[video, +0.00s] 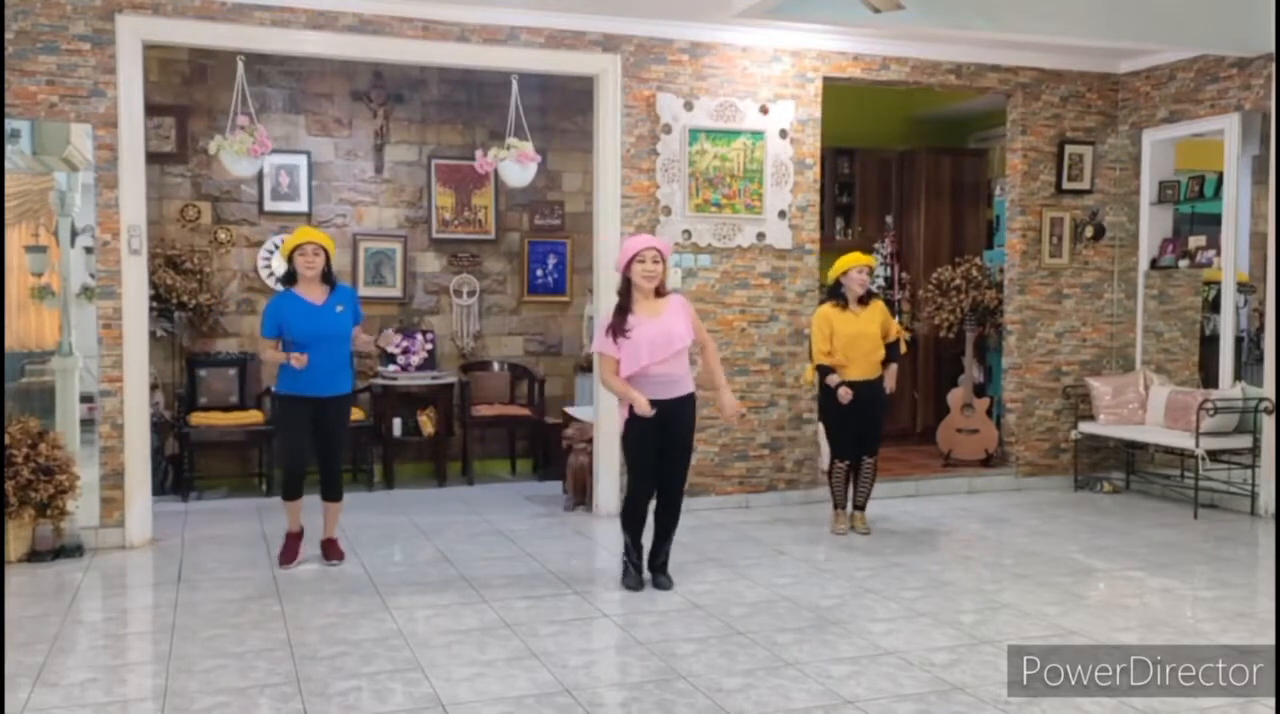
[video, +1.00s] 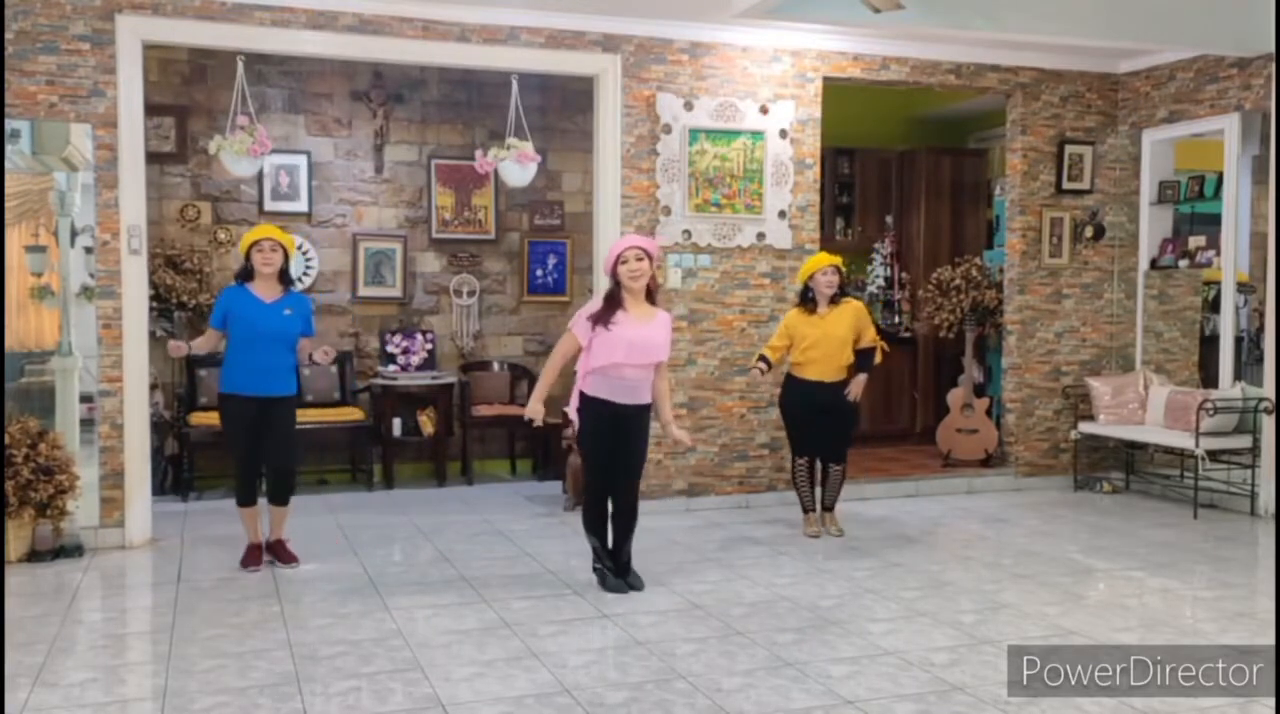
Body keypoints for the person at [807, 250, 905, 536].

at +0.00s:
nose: (865, 279)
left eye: (868, 273)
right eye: (859, 273)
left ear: (870, 278)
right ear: (842, 278)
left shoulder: (877, 308)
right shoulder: (825, 313)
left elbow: (894, 337)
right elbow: (820, 356)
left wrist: (891, 368)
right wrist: (836, 383)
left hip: (871, 387)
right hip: (837, 388)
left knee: (868, 452)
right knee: (841, 453)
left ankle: (859, 512)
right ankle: (839, 511)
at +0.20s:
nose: (864, 277)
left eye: (867, 272)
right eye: (857, 272)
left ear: (872, 278)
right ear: (842, 279)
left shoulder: (879, 312)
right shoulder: (826, 313)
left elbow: (895, 342)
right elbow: (812, 355)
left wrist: (888, 372)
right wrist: (817, 387)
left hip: (868, 390)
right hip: (833, 389)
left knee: (866, 453)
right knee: (833, 454)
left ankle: (859, 512)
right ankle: (824, 511)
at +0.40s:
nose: (856, 276)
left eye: (859, 271)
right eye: (849, 271)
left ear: (864, 278)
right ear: (834, 279)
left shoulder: (871, 314)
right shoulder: (818, 312)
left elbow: (888, 346)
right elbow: (801, 351)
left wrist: (880, 373)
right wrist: (794, 384)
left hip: (857, 391)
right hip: (821, 389)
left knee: (858, 453)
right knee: (818, 453)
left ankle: (857, 512)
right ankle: (811, 514)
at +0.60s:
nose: (844, 277)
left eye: (848, 272)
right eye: (837, 272)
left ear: (855, 278)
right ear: (824, 280)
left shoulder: (862, 315)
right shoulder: (808, 312)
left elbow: (875, 349)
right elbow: (787, 349)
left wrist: (868, 378)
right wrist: (775, 378)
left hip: (844, 392)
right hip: (807, 389)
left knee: (850, 453)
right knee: (808, 454)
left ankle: (856, 512)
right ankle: (810, 514)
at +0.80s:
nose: (835, 279)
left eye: (839, 273)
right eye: (828, 274)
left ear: (846, 279)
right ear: (815, 282)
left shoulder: (858, 312)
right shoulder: (801, 316)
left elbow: (869, 347)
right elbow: (778, 346)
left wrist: (862, 377)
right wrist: (762, 369)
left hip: (837, 393)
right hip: (799, 391)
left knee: (844, 454)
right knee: (803, 454)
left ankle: (846, 510)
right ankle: (809, 514)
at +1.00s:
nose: (831, 278)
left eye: (834, 273)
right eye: (824, 273)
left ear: (841, 279)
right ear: (810, 281)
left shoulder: (854, 309)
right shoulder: (796, 316)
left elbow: (868, 345)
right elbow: (777, 346)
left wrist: (862, 375)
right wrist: (763, 361)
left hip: (837, 392)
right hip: (799, 391)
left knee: (835, 454)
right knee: (803, 453)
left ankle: (828, 512)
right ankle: (809, 514)